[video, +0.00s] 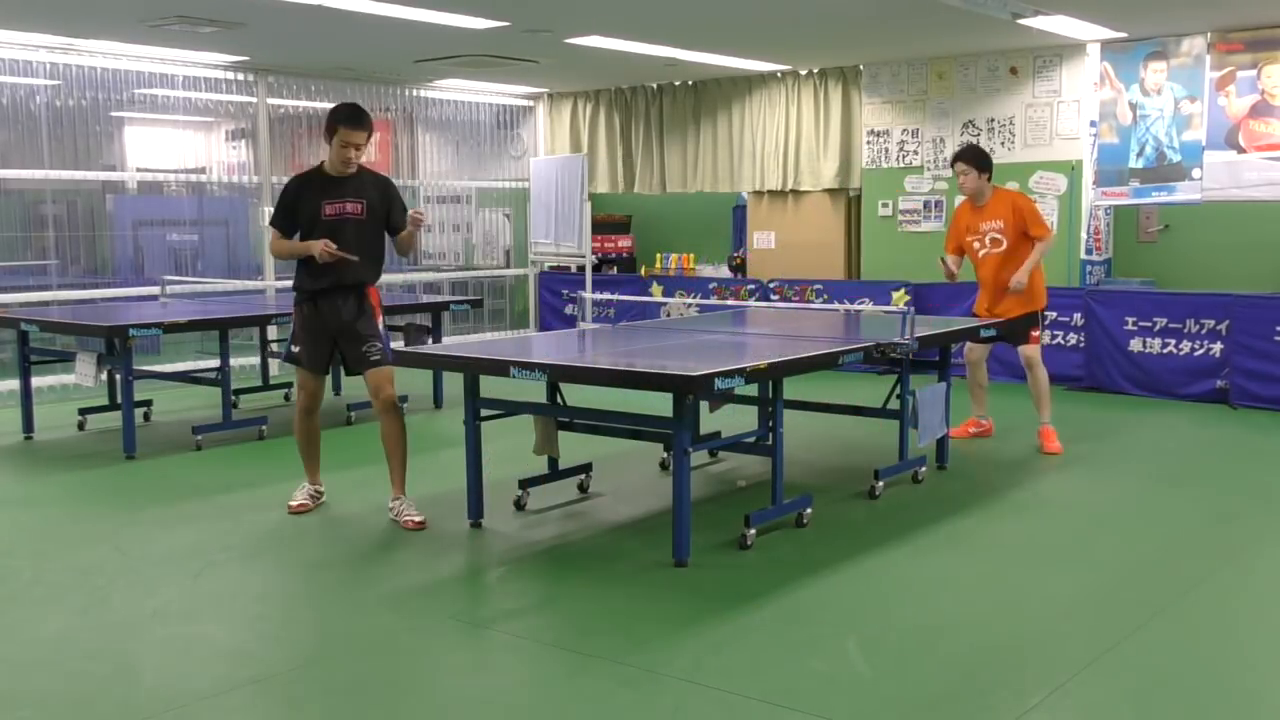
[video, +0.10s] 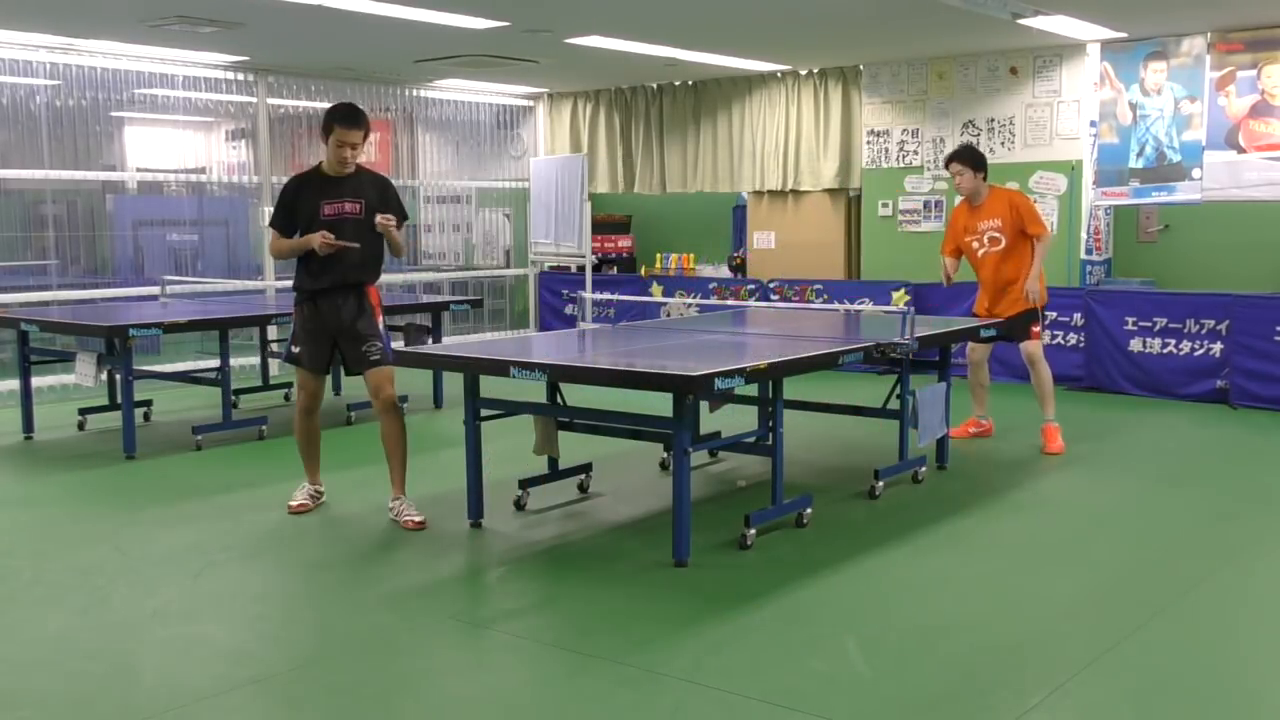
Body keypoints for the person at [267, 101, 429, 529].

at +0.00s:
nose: (354, 156)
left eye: (361, 148)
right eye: (347, 147)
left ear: (368, 146)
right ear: (328, 139)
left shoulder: (380, 187)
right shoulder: (299, 187)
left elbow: (405, 250)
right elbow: (277, 246)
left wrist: (411, 230)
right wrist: (308, 247)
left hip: (361, 303)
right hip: (313, 305)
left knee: (387, 398)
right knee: (306, 400)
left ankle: (399, 498)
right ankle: (312, 485)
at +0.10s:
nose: (349, 155)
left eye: (356, 147)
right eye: (341, 145)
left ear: (364, 144)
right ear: (324, 140)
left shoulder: (377, 186)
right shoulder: (298, 188)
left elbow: (401, 251)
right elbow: (276, 248)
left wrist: (392, 233)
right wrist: (307, 242)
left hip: (361, 303)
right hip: (312, 305)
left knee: (387, 398)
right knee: (306, 400)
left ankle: (399, 498)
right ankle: (312, 485)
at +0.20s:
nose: (346, 155)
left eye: (354, 147)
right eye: (339, 145)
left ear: (362, 145)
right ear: (322, 140)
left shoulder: (375, 186)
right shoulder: (296, 188)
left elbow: (395, 249)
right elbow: (275, 248)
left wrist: (376, 234)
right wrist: (306, 241)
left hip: (361, 302)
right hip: (312, 305)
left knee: (387, 398)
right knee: (306, 400)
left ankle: (399, 497)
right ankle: (312, 485)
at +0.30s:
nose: (344, 155)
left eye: (352, 147)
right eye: (336, 145)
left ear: (361, 145)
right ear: (320, 140)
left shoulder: (373, 185)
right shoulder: (294, 188)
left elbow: (392, 248)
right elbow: (273, 248)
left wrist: (370, 235)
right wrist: (304, 240)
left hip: (360, 301)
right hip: (311, 304)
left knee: (385, 397)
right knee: (307, 400)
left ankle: (399, 497)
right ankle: (312, 484)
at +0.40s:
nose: (342, 156)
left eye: (350, 149)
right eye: (334, 147)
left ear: (359, 145)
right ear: (318, 140)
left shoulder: (373, 186)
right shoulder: (292, 188)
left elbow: (391, 247)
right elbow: (271, 248)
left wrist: (370, 240)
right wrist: (300, 241)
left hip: (358, 302)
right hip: (310, 304)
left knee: (383, 397)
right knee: (306, 400)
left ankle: (399, 496)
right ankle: (312, 484)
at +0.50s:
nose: (340, 158)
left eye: (348, 150)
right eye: (333, 148)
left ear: (358, 146)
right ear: (317, 141)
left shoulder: (371, 187)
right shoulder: (290, 189)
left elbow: (390, 246)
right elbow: (269, 247)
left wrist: (371, 244)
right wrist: (298, 241)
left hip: (356, 303)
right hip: (307, 305)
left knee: (381, 399)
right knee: (305, 401)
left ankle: (399, 496)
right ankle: (312, 484)